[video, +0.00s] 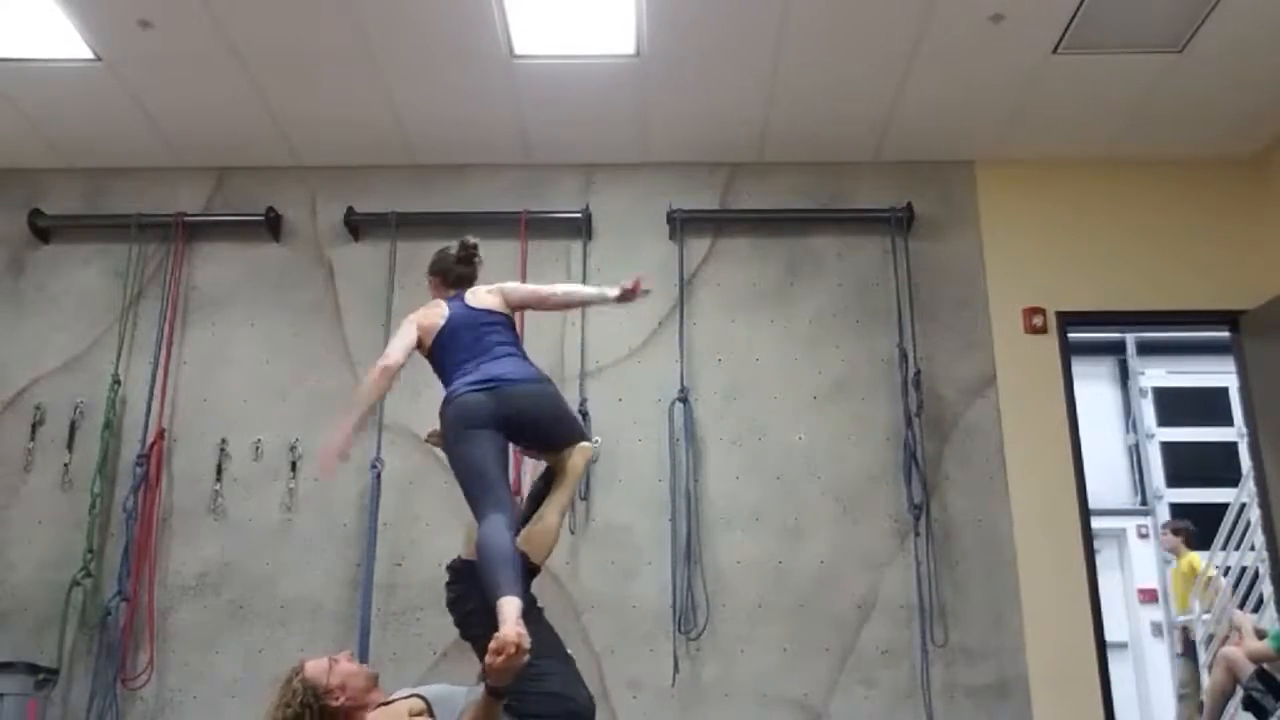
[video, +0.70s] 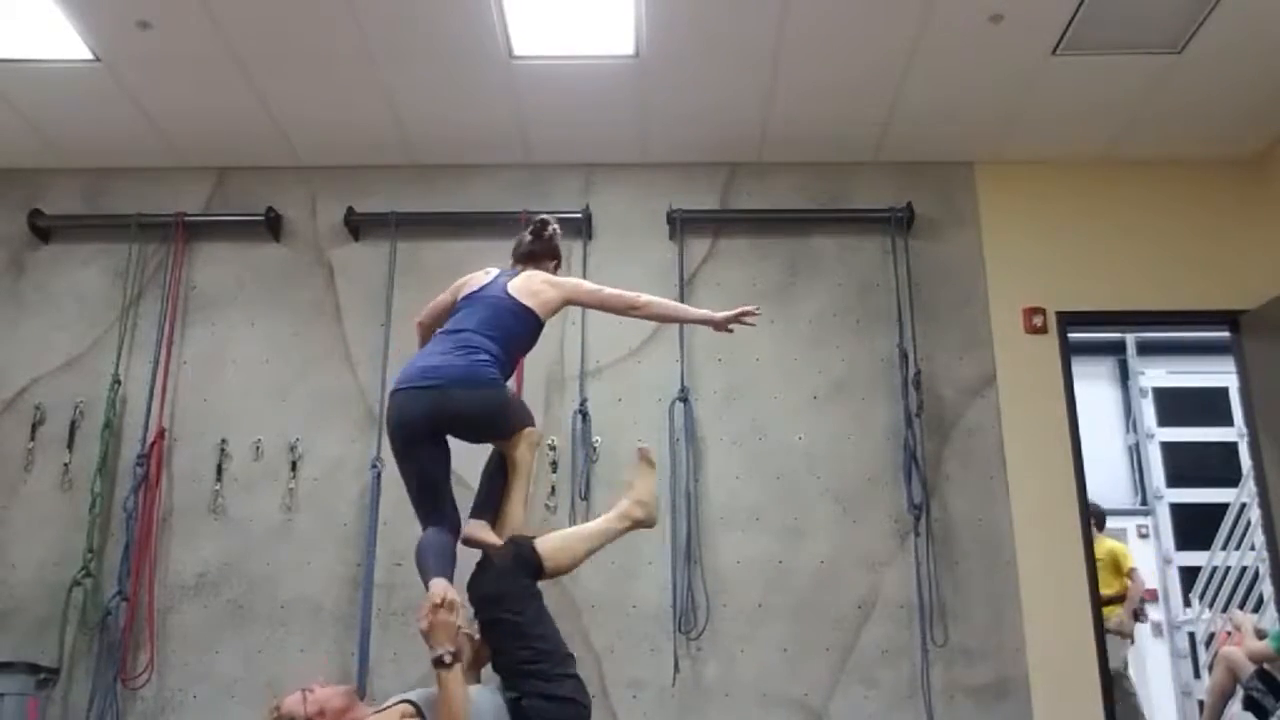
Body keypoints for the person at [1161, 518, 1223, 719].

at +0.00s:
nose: (1161, 539)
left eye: (1166, 535)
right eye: (1161, 535)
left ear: (1180, 537)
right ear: (1175, 539)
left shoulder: (1193, 561)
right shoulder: (1176, 566)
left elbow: (1217, 585)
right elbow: (1179, 599)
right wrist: (1178, 630)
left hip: (1196, 629)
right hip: (1182, 630)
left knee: (1190, 685)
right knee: (1185, 685)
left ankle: (1191, 714)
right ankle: (1187, 713)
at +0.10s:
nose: (1144, 540)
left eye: (1148, 536)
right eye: (1144, 536)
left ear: (1163, 538)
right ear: (1154, 540)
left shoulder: (1177, 561)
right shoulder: (1159, 568)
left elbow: (1205, 584)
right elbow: (1166, 608)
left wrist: (1204, 615)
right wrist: (1163, 642)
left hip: (1190, 635)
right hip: (1172, 637)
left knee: (1205, 688)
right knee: (1175, 692)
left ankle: (1212, 716)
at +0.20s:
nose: (1120, 540)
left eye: (1124, 535)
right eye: (1120, 536)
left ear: (1139, 538)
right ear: (1133, 539)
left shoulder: (1158, 556)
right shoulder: (1134, 573)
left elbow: (1192, 574)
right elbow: (1137, 610)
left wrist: (1191, 608)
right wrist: (1135, 643)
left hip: (1180, 623)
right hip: (1160, 628)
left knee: (1169, 680)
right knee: (1168, 683)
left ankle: (1194, 713)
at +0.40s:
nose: (1105, 527)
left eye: (1110, 523)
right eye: (1106, 523)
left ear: (1125, 528)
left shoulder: (1140, 551)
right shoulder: (1113, 562)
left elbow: (1169, 581)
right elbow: (1116, 599)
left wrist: (1161, 618)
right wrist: (1114, 632)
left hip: (1151, 617)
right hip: (1133, 621)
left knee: (1150, 682)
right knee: (1144, 682)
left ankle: (1167, 716)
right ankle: (1162, 715)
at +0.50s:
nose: (1099, 523)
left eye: (1104, 520)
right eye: (1099, 519)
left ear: (1119, 524)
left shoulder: (1133, 550)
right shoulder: (1103, 557)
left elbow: (1157, 585)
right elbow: (1107, 590)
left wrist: (1148, 619)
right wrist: (1106, 617)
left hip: (1138, 619)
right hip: (1116, 622)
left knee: (1153, 680)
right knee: (1115, 678)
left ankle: (1163, 715)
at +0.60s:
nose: (1089, 525)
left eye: (1093, 520)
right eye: (1089, 520)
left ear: (1105, 523)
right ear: (1094, 524)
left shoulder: (1120, 550)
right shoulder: (1090, 553)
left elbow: (1143, 584)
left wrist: (1135, 618)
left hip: (1122, 620)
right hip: (1101, 623)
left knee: (1137, 681)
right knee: (1109, 684)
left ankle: (1154, 715)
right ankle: (1116, 715)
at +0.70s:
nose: (1082, 526)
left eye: (1084, 521)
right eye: (1081, 521)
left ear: (1093, 522)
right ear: (1092, 522)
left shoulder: (1111, 548)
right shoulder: (1079, 550)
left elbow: (1137, 582)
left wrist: (1126, 615)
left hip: (1112, 620)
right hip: (1092, 621)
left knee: (1115, 674)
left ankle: (1131, 715)